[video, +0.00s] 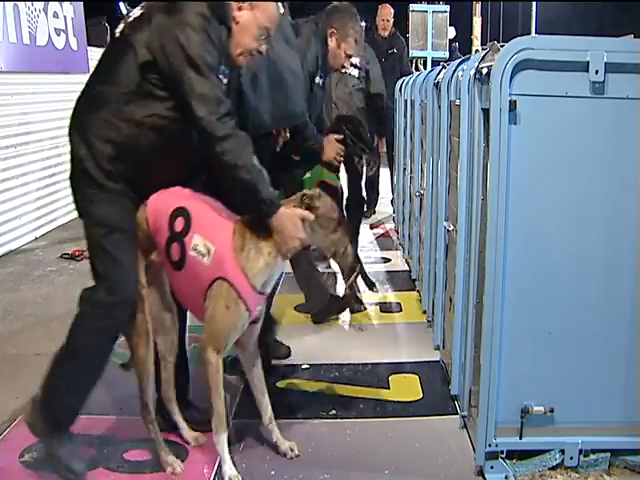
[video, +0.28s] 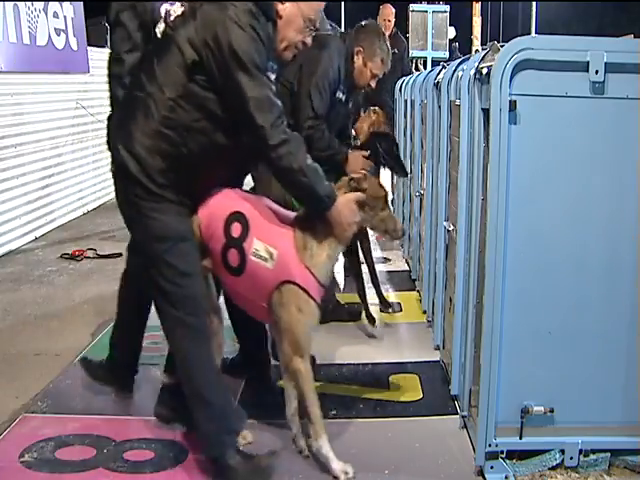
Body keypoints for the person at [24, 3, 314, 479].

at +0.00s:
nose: (262, 48)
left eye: (268, 39)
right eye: (262, 34)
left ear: (239, 12)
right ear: (238, 8)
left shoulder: (205, 32)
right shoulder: (184, 22)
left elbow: (219, 137)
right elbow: (217, 127)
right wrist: (272, 211)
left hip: (161, 178)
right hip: (108, 169)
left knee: (172, 292)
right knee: (118, 292)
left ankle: (172, 404)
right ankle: (49, 416)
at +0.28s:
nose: (306, 40)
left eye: (312, 31)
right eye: (307, 25)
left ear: (281, 9)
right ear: (282, 5)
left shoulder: (245, 23)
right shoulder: (233, 23)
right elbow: (269, 129)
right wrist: (328, 200)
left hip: (178, 168)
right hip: (149, 166)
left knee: (197, 293)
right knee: (187, 306)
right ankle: (221, 445)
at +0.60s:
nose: (351, 19)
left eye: (354, 12)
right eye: (348, 9)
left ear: (329, 7)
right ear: (324, 2)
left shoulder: (294, 22)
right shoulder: (283, 28)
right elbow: (331, 130)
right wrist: (395, 198)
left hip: (231, 174)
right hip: (197, 176)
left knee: (272, 262)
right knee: (249, 316)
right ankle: (245, 466)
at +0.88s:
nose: (405, 31)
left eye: (408, 20)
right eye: (404, 15)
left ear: (373, 9)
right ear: (378, 5)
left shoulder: (321, 15)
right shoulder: (338, 27)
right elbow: (384, 132)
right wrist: (446, 194)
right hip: (251, 188)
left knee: (327, 292)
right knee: (282, 326)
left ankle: (350, 398)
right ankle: (241, 470)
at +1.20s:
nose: (463, 28)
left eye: (468, 20)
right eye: (464, 15)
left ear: (443, 7)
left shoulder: (403, 19)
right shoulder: (392, 15)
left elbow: (410, 118)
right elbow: (423, 113)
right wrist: (488, 163)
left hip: (349, 173)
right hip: (306, 165)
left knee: (370, 291)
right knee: (292, 298)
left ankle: (367, 401)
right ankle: (252, 445)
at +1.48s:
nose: (478, 20)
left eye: (484, 14)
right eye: (477, 8)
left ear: (475, 13)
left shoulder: (451, 53)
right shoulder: (398, 7)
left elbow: (443, 131)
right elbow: (357, 74)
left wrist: (437, 192)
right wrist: (384, 150)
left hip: (375, 170)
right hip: (328, 157)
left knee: (382, 283)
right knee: (347, 286)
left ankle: (363, 400)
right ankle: (335, 425)